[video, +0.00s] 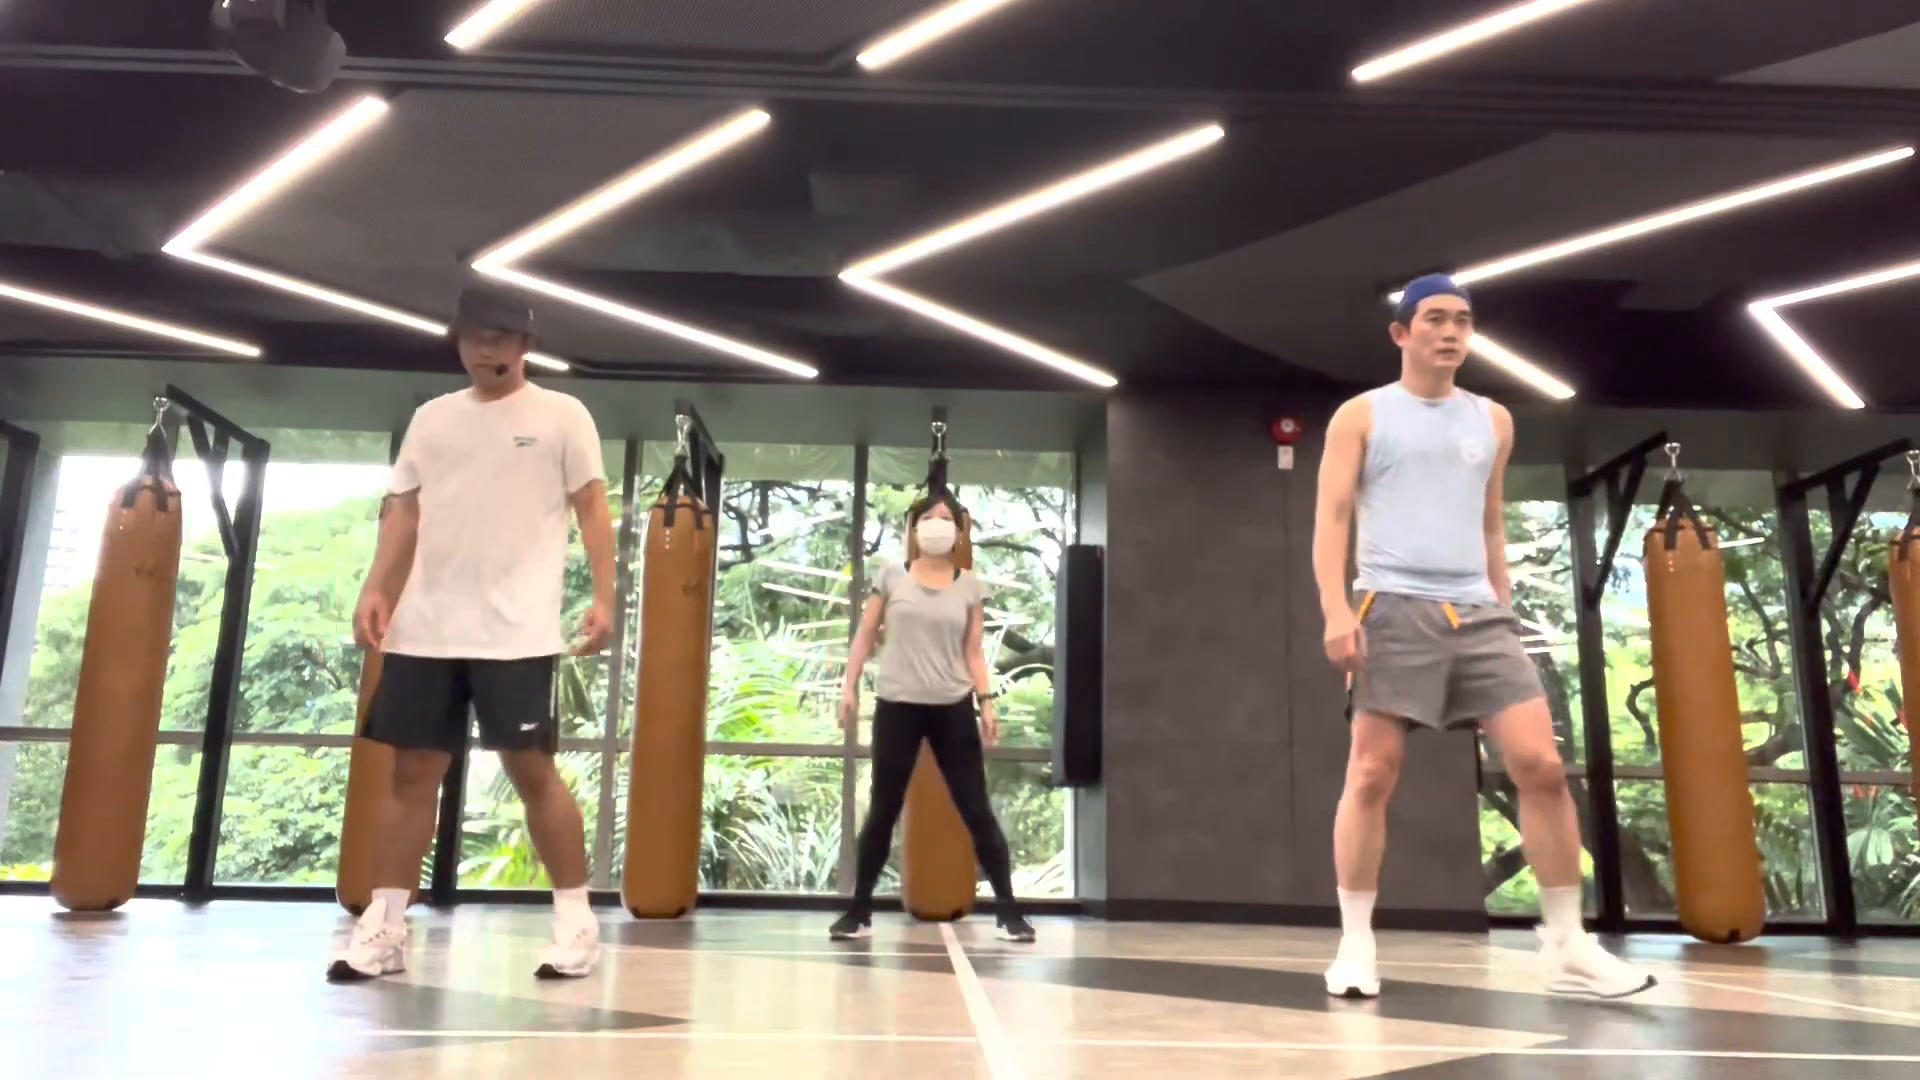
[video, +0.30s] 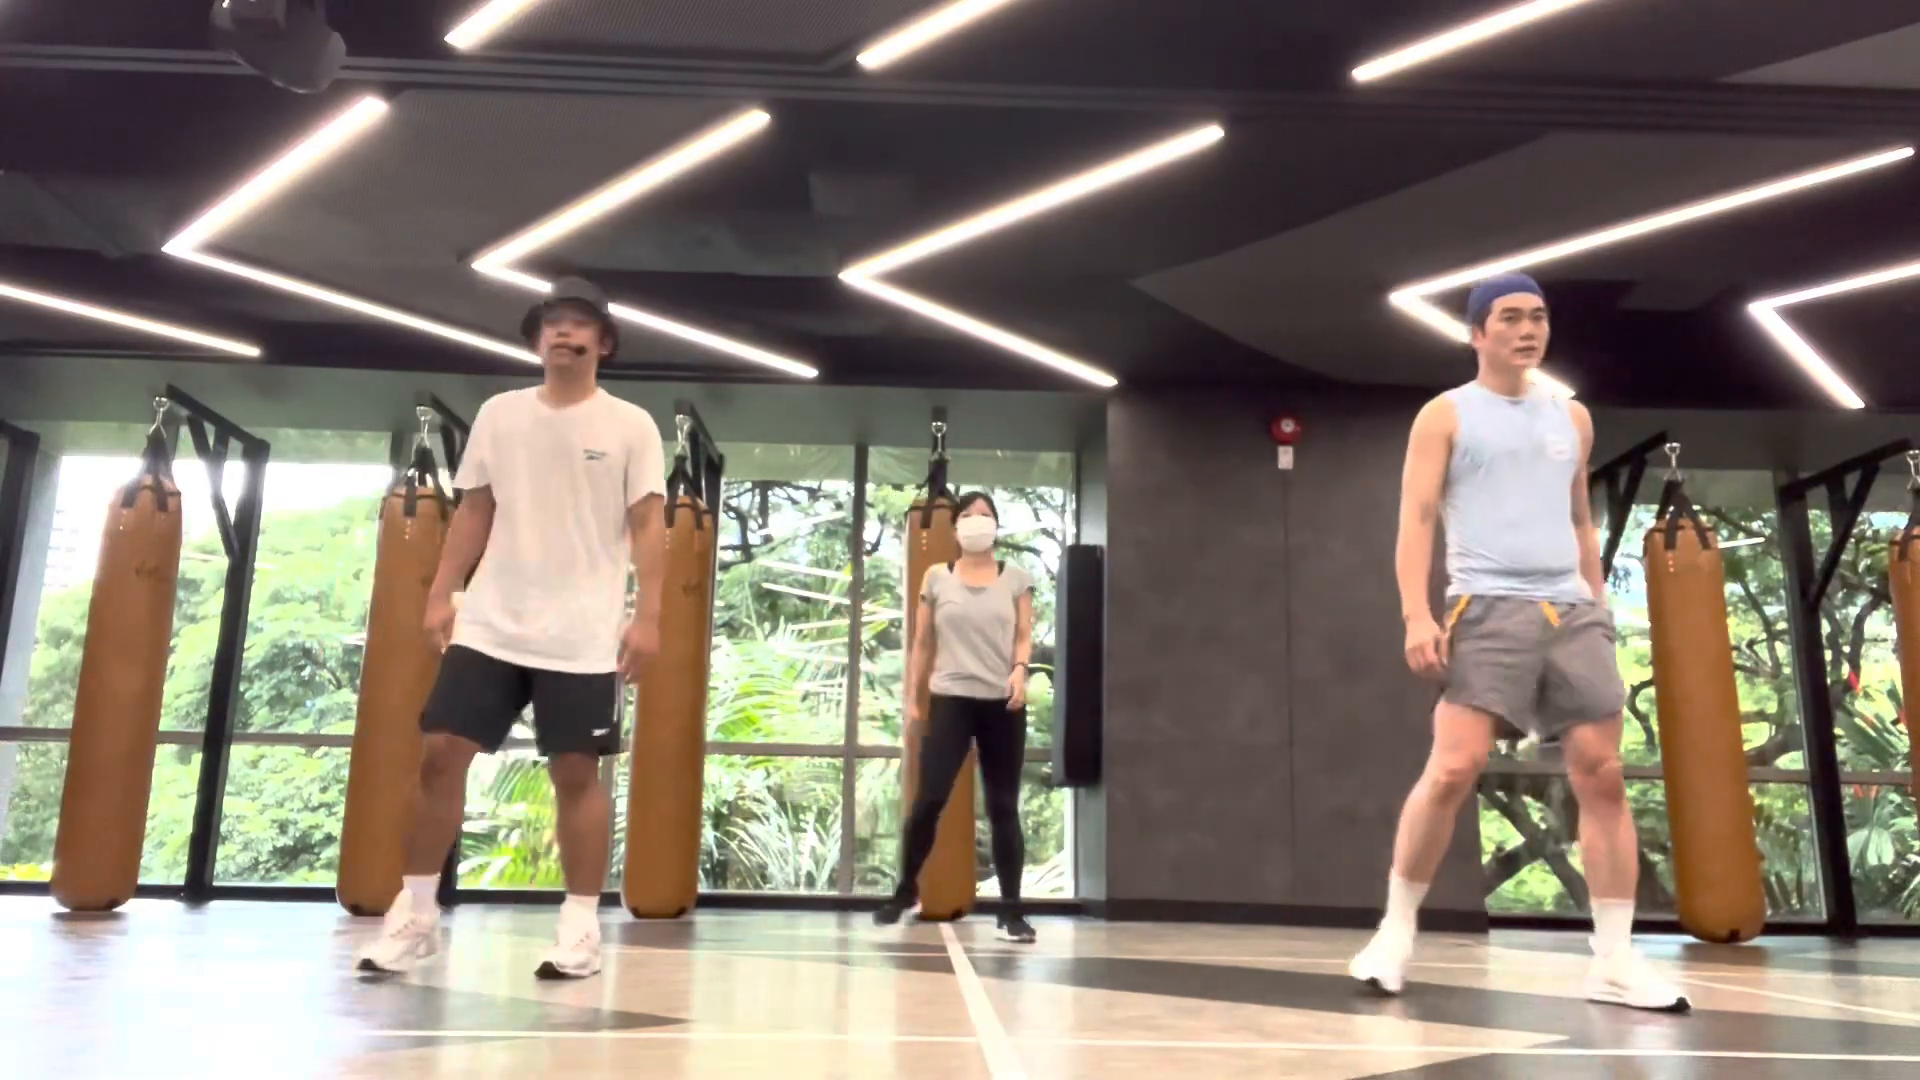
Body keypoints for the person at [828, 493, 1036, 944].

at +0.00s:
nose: (937, 526)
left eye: (947, 521)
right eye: (929, 519)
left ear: (959, 534)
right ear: (913, 530)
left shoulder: (970, 586)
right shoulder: (892, 577)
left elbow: (974, 651)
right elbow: (865, 636)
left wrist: (987, 702)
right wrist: (849, 689)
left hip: (952, 708)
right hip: (897, 707)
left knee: (977, 810)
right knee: (883, 809)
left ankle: (1008, 908)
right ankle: (859, 909)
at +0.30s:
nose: (977, 523)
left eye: (984, 517)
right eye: (969, 517)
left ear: (996, 529)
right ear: (955, 529)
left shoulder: (1015, 577)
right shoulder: (937, 578)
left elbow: (1023, 635)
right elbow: (922, 643)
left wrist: (1019, 672)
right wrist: (911, 698)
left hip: (1000, 702)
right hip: (948, 701)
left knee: (1004, 808)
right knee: (930, 800)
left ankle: (1011, 910)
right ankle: (906, 891)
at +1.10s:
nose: (930, 512)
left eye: (940, 506)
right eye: (921, 505)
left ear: (953, 522)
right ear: (906, 519)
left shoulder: (965, 572)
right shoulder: (881, 569)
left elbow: (976, 638)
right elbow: (857, 632)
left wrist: (985, 696)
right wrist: (843, 686)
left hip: (942, 700)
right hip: (883, 699)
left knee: (971, 803)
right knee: (876, 804)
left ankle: (1002, 896)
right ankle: (860, 911)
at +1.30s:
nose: (918, 510)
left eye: (927, 504)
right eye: (909, 502)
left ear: (937, 518)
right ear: (891, 515)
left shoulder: (947, 571)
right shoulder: (866, 559)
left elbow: (950, 641)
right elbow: (831, 621)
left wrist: (953, 700)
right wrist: (805, 674)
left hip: (925, 693)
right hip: (868, 692)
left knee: (926, 795)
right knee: (868, 802)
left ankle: (931, 896)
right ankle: (860, 912)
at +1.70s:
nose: (926, 509)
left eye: (936, 504)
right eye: (917, 501)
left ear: (946, 521)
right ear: (901, 514)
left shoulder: (951, 574)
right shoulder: (872, 555)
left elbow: (949, 640)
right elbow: (842, 616)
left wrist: (956, 696)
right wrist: (838, 676)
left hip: (935, 690)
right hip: (877, 690)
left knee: (976, 789)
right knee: (873, 802)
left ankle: (985, 882)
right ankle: (860, 911)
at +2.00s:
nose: (973, 514)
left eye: (981, 508)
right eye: (964, 507)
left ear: (991, 523)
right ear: (949, 521)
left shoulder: (1008, 580)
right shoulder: (928, 567)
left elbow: (1010, 642)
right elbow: (901, 632)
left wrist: (1012, 692)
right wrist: (884, 691)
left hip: (993, 705)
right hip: (933, 704)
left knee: (1013, 810)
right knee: (905, 808)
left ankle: (1031, 910)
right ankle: (863, 909)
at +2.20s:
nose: (1001, 509)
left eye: (1008, 503)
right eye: (991, 502)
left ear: (1019, 517)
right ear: (973, 517)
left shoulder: (1036, 570)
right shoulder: (953, 563)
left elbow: (1047, 640)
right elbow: (934, 631)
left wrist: (1062, 694)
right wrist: (926, 690)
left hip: (1019, 698)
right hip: (962, 695)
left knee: (1023, 806)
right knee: (946, 796)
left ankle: (1031, 911)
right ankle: (916, 892)